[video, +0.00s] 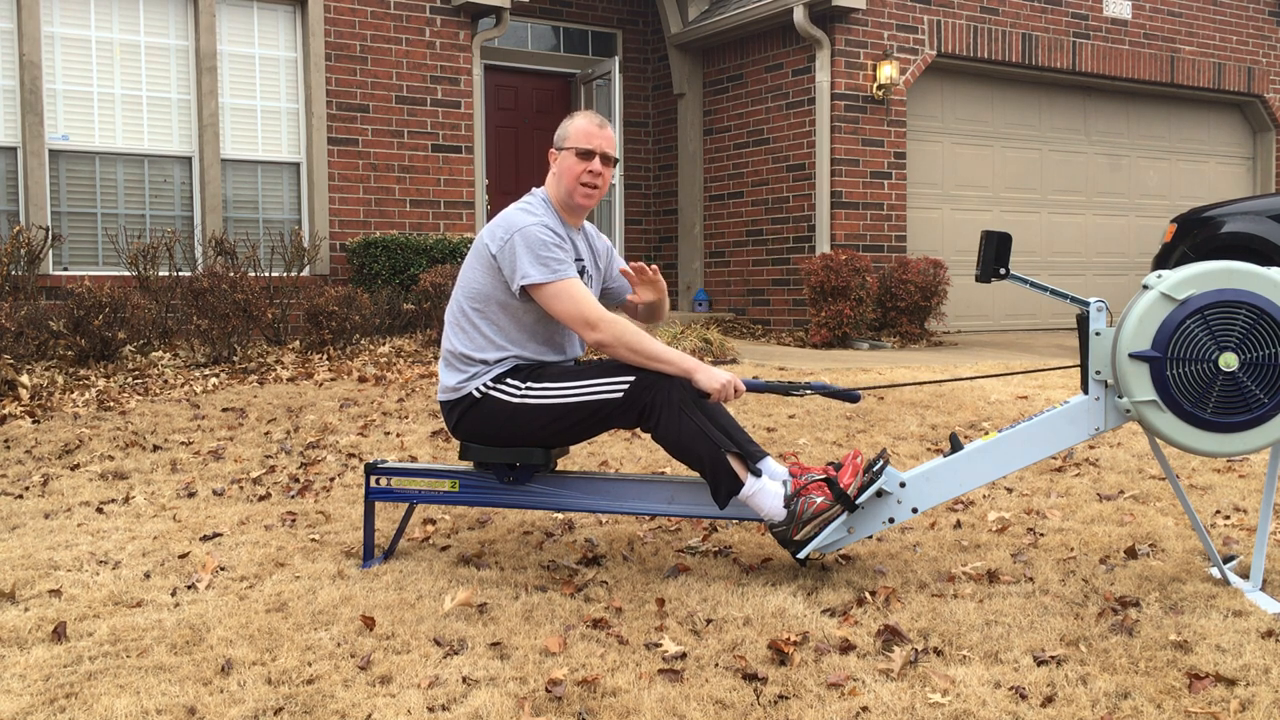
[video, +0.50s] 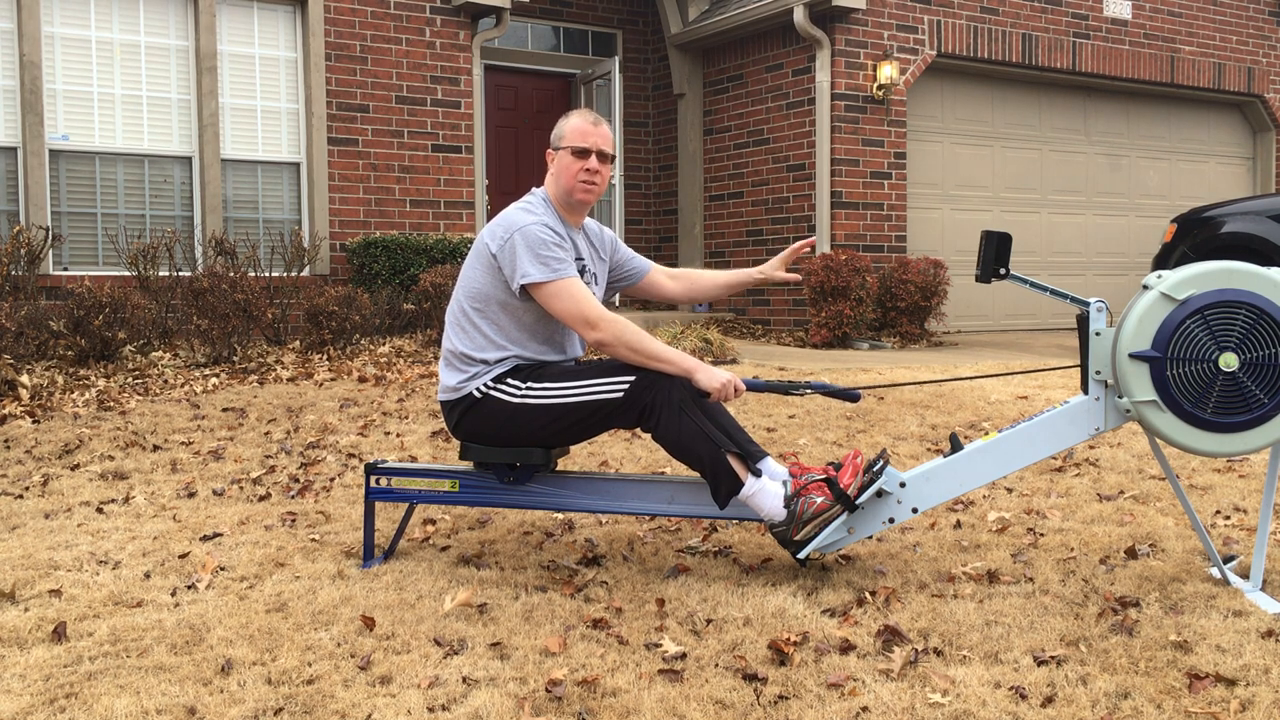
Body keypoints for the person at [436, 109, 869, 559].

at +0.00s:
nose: (596, 170)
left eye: (607, 162)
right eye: (584, 156)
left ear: (612, 173)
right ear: (553, 158)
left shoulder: (592, 239)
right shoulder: (525, 226)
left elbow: (644, 323)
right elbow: (595, 330)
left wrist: (654, 303)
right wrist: (699, 371)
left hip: (540, 377)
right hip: (486, 390)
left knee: (674, 379)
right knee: (651, 388)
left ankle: (786, 485)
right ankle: (775, 509)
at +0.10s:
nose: (596, 170)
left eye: (607, 162)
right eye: (584, 155)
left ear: (613, 173)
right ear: (553, 159)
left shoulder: (588, 236)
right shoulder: (525, 227)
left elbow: (647, 296)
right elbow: (595, 330)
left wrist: (673, 302)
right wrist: (699, 371)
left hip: (539, 377)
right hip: (486, 391)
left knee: (675, 379)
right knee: (650, 388)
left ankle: (785, 484)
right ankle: (776, 509)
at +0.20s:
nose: (595, 168)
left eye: (606, 161)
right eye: (583, 155)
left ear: (612, 173)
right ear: (552, 159)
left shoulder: (592, 237)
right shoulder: (525, 227)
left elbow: (651, 293)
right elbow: (596, 329)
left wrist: (710, 304)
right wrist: (700, 372)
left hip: (539, 376)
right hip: (486, 390)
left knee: (675, 378)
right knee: (650, 388)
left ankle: (785, 484)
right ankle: (776, 509)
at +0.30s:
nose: (594, 168)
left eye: (605, 160)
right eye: (582, 154)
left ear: (612, 172)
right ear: (551, 159)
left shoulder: (594, 238)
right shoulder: (526, 227)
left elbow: (662, 291)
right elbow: (597, 330)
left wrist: (743, 294)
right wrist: (699, 371)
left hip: (540, 377)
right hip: (487, 391)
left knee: (676, 379)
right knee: (651, 388)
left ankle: (786, 485)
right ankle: (775, 509)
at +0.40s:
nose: (594, 168)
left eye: (605, 159)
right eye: (581, 154)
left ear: (612, 171)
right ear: (551, 159)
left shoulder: (595, 238)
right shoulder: (525, 227)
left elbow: (668, 287)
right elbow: (597, 329)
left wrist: (759, 282)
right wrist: (698, 370)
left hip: (540, 377)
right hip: (487, 391)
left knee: (676, 378)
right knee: (650, 387)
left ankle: (787, 485)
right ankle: (775, 509)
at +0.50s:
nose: (593, 167)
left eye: (604, 159)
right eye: (580, 154)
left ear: (611, 171)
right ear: (550, 159)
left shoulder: (594, 236)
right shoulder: (525, 227)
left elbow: (670, 285)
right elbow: (596, 328)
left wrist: (759, 275)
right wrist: (699, 370)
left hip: (542, 376)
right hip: (487, 391)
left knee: (677, 378)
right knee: (651, 388)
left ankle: (786, 483)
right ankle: (775, 509)